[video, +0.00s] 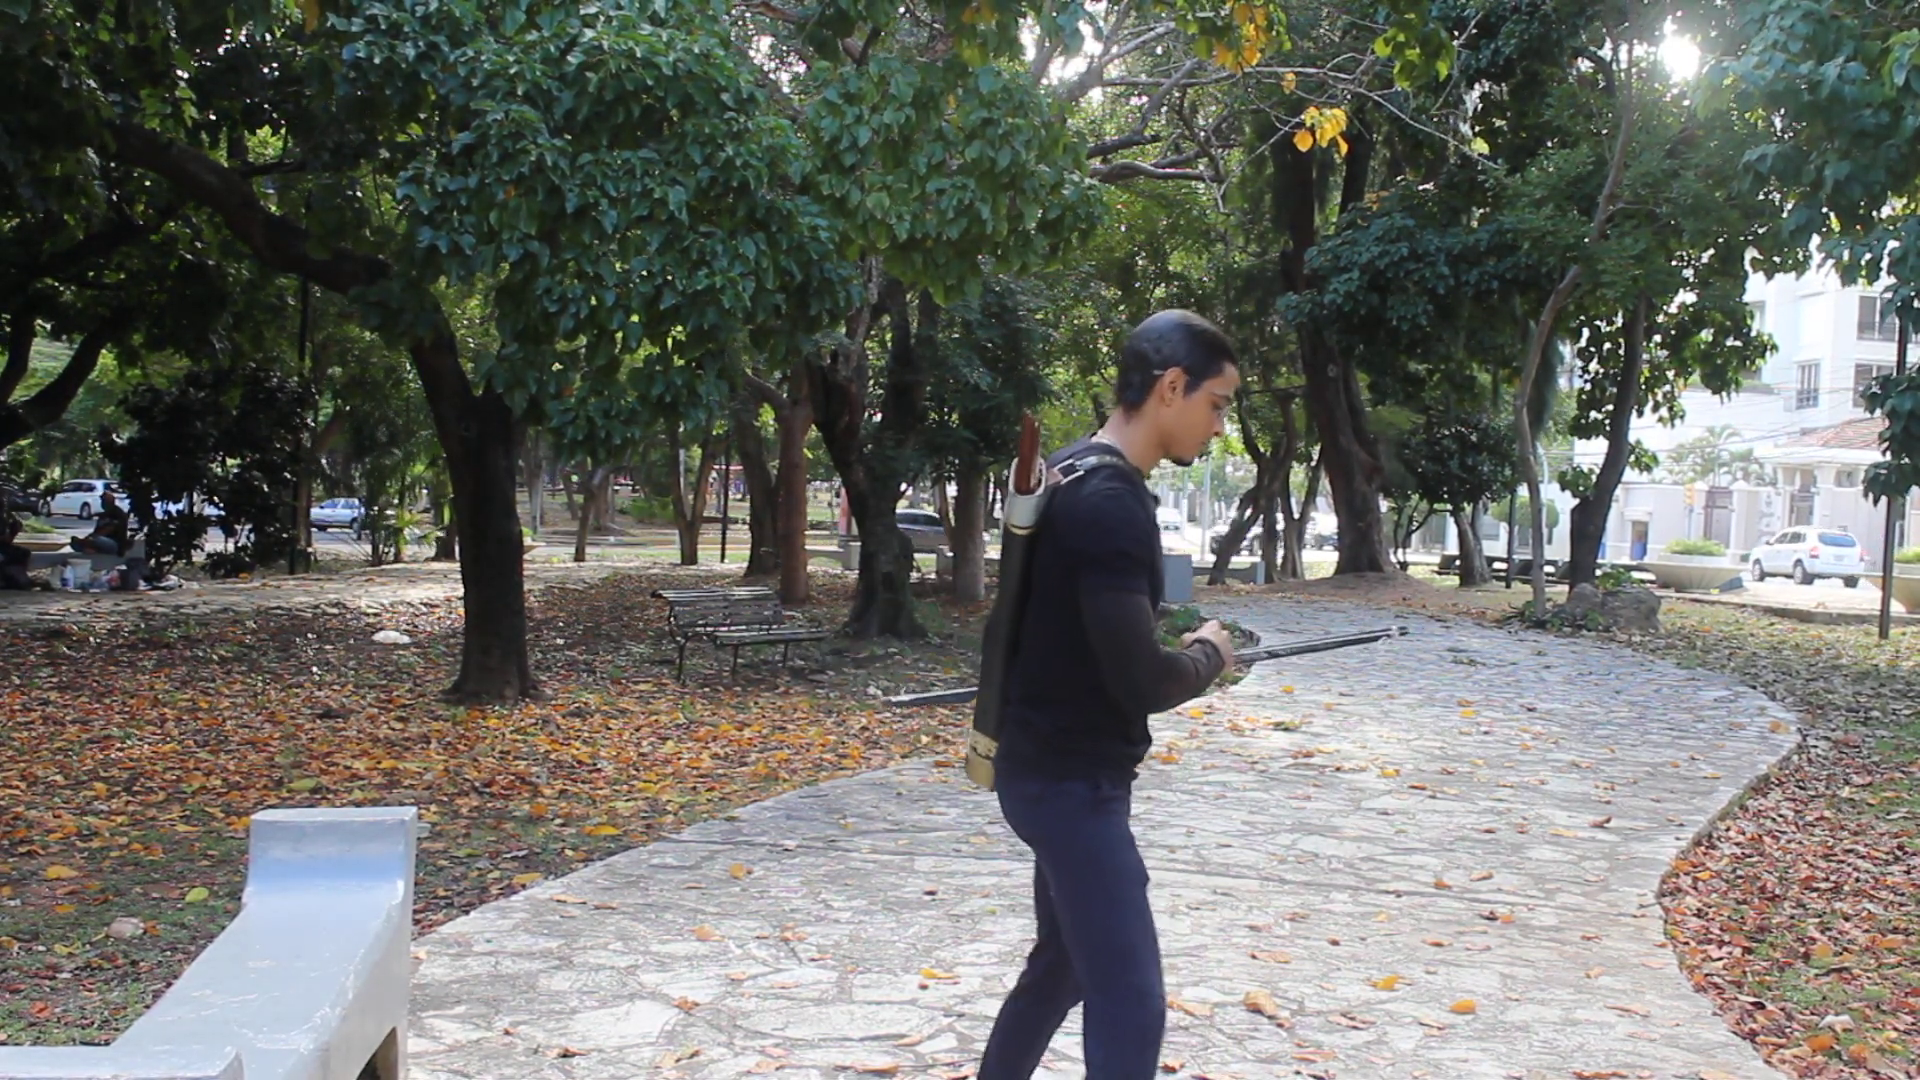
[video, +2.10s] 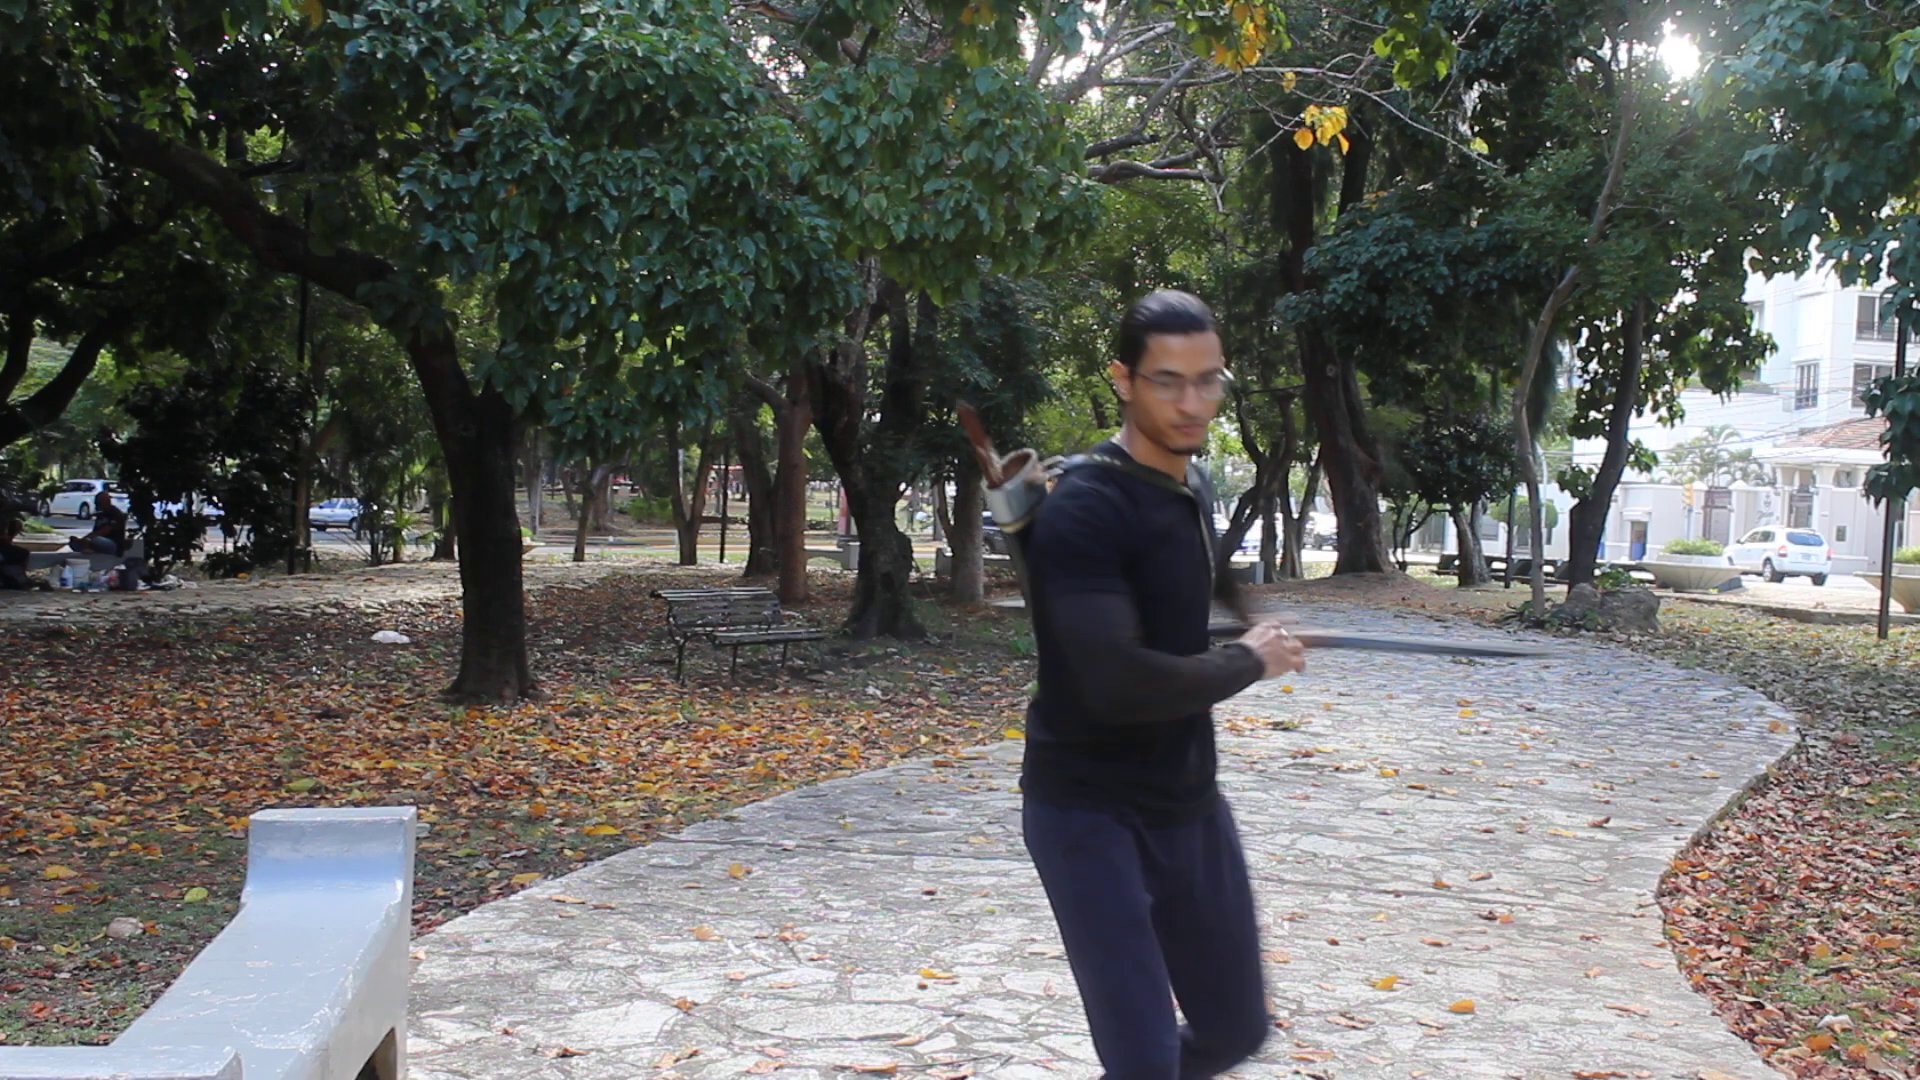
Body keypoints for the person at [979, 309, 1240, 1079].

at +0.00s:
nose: (1221, 428)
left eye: (1226, 410)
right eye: (1218, 405)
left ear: (1158, 389)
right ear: (1167, 388)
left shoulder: (1079, 474)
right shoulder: (1110, 499)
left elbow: (1072, 640)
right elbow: (1141, 681)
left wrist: (1177, 643)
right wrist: (1208, 655)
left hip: (1057, 778)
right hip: (1074, 788)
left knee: (1057, 969)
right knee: (1130, 1001)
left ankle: (995, 1073)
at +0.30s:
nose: (1204, 416)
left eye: (1209, 398)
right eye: (1201, 393)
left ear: (1137, 377)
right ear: (1151, 375)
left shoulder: (1071, 457)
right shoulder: (1104, 484)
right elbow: (1170, 653)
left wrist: (1164, 613)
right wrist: (1185, 611)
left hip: (1039, 750)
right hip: (1053, 761)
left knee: (1016, 971)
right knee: (1083, 996)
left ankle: (976, 1074)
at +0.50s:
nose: (1200, 406)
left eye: (1202, 386)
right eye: (1191, 384)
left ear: (1130, 377)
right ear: (1137, 373)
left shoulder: (1059, 458)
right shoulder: (1112, 484)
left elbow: (1007, 601)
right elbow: (1200, 639)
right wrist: (1204, 617)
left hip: (1032, 755)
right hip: (1061, 768)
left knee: (997, 967)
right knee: (1081, 1000)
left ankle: (967, 1075)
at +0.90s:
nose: (1194, 394)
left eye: (1196, 376)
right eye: (1179, 373)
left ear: (1114, 377)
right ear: (1120, 372)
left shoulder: (1031, 458)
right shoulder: (1137, 494)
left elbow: (965, 556)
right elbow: (1224, 635)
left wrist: (923, 601)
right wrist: (1179, 572)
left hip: (1021, 747)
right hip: (1068, 765)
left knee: (1003, 963)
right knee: (1100, 998)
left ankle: (969, 1070)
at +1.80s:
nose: (1219, 425)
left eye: (1226, 406)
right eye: (1202, 403)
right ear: (1142, 402)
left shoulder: (1089, 475)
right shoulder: (1140, 517)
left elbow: (1013, 567)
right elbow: (1240, 679)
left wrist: (956, 624)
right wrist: (1187, 592)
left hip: (1075, 784)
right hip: (1069, 796)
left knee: (1046, 980)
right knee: (1155, 1018)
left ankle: (988, 1072)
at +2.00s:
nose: (1214, 417)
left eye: (1225, 395)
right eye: (1191, 395)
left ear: (1236, 394)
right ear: (1136, 395)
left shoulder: (1167, 505)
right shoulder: (1103, 513)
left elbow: (1162, 654)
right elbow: (1187, 689)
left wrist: (1215, 647)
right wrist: (1250, 646)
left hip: (1158, 803)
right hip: (1079, 806)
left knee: (1146, 1025)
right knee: (1155, 1047)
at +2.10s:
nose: (1192, 404)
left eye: (1207, 380)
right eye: (1168, 381)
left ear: (1224, 381)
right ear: (1124, 383)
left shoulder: (1183, 495)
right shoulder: (1077, 507)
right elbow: (1109, 684)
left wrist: (1239, 642)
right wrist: (1247, 660)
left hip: (1185, 798)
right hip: (1085, 805)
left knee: (1235, 1026)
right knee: (1146, 1056)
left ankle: (1155, 1067)